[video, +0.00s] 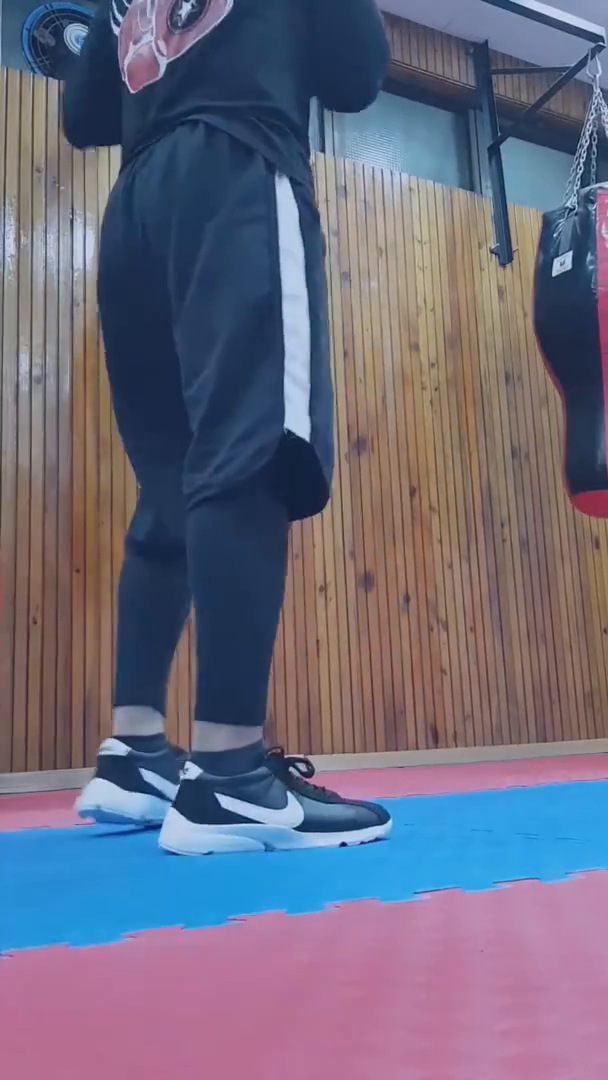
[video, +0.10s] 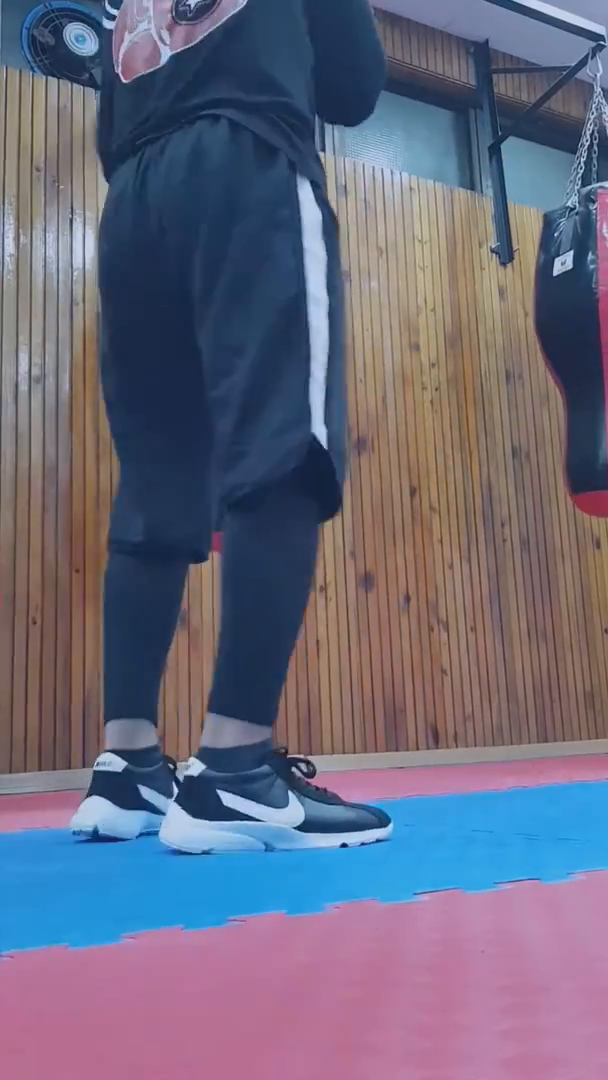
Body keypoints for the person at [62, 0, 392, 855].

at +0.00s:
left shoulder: (133, 7)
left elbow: (88, 119)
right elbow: (352, 80)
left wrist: (91, 39)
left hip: (134, 189)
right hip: (237, 174)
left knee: (170, 484)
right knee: (244, 467)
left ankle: (134, 755)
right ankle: (231, 771)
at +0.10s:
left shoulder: (133, 13)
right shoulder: (309, 1)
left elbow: (115, 140)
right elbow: (351, 89)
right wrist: (258, 52)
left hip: (135, 185)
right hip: (249, 165)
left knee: (157, 480)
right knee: (280, 463)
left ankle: (127, 766)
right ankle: (236, 766)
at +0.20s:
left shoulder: (129, 12)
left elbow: (129, 108)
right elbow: (352, 105)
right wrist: (252, 76)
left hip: (133, 182)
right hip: (252, 164)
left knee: (147, 468)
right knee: (362, 452)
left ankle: (124, 766)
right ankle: (272, 719)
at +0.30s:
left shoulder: (117, 18)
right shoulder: (306, 1)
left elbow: (131, 136)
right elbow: (358, 98)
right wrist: (296, 164)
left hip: (149, 189)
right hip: (267, 158)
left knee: (154, 474)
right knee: (411, 429)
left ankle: (126, 766)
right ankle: (345, 680)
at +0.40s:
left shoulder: (122, 10)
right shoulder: (327, 4)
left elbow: (132, 125)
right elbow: (371, 88)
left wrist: (183, 183)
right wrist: (333, 148)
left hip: (173, 172)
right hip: (299, 135)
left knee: (167, 472)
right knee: (418, 421)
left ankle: (128, 764)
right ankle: (430, 670)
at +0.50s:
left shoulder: (148, 7)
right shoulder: (360, 2)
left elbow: (134, 131)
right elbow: (407, 117)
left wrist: (196, 196)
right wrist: (359, 185)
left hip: (213, 177)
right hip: (350, 156)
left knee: (187, 499)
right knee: (432, 433)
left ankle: (129, 765)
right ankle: (499, 703)